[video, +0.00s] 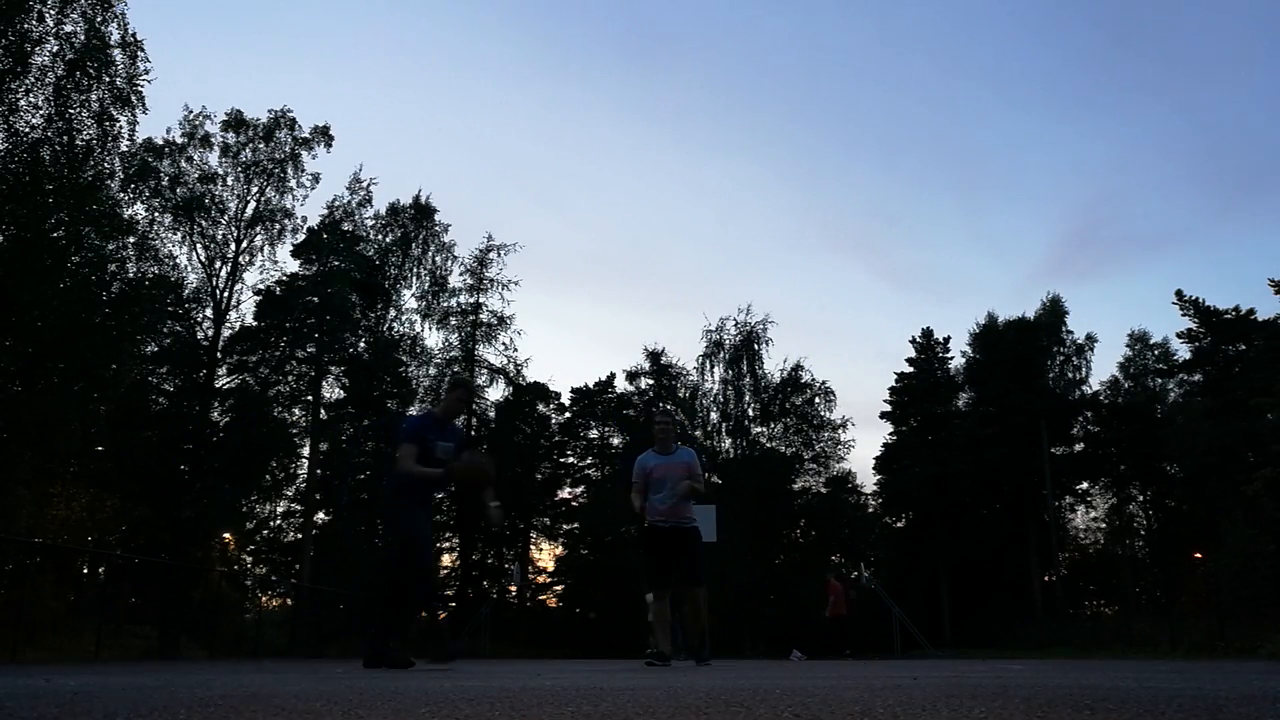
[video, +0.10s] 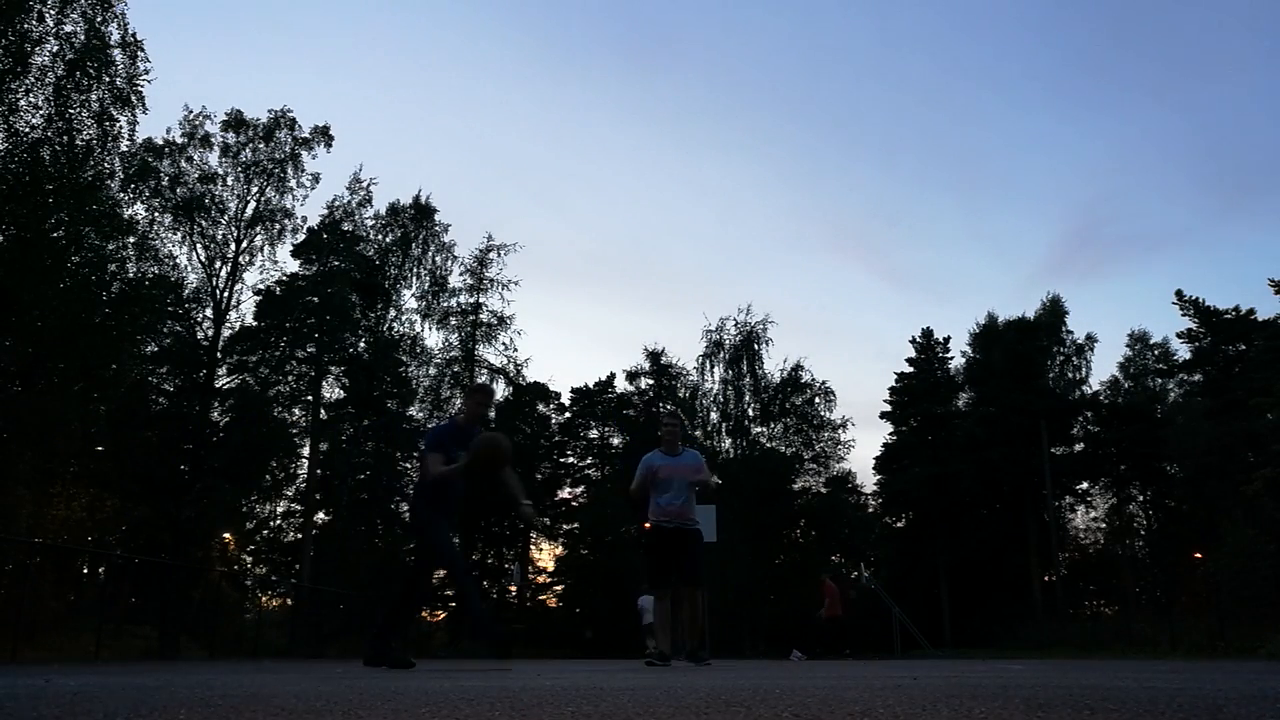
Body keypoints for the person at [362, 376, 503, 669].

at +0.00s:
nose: (459, 407)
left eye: (465, 404)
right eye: (457, 400)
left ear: (465, 406)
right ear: (445, 395)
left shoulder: (458, 435)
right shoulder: (416, 425)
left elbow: (466, 472)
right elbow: (405, 466)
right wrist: (445, 473)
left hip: (425, 509)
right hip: (402, 506)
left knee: (412, 575)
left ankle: (389, 648)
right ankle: (382, 649)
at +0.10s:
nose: (482, 410)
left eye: (486, 406)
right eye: (478, 404)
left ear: (489, 408)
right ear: (466, 401)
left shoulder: (482, 438)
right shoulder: (441, 433)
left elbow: (505, 472)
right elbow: (433, 471)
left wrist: (522, 502)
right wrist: (466, 463)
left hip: (454, 514)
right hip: (428, 513)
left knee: (418, 580)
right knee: (461, 574)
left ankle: (384, 648)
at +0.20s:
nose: (505, 421)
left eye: (510, 416)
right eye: (501, 414)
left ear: (516, 420)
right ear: (490, 412)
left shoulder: (511, 447)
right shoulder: (467, 442)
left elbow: (532, 481)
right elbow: (463, 481)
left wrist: (552, 514)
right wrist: (495, 466)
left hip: (483, 520)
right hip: (457, 518)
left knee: (447, 586)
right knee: (490, 578)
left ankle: (394, 639)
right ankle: (519, 651)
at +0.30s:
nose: (537, 430)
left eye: (540, 424)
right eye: (532, 423)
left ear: (542, 426)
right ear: (519, 422)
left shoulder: (535, 453)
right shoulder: (499, 450)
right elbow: (491, 495)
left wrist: (550, 497)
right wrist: (528, 499)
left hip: (505, 523)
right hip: (483, 524)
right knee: (519, 578)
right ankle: (525, 652)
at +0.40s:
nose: (567, 439)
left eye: (570, 434)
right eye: (561, 432)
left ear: (572, 434)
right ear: (548, 431)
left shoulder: (559, 460)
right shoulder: (526, 456)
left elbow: (558, 502)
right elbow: (517, 506)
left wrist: (564, 531)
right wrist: (551, 527)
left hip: (530, 528)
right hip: (508, 527)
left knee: (539, 583)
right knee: (540, 581)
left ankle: (531, 651)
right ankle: (527, 652)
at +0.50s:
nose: (590, 438)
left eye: (595, 432)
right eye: (585, 432)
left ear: (599, 433)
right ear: (573, 430)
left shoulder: (591, 457)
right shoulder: (552, 455)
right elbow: (541, 507)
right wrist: (580, 523)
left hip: (557, 525)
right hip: (531, 525)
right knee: (561, 582)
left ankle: (593, 645)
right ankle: (531, 651)